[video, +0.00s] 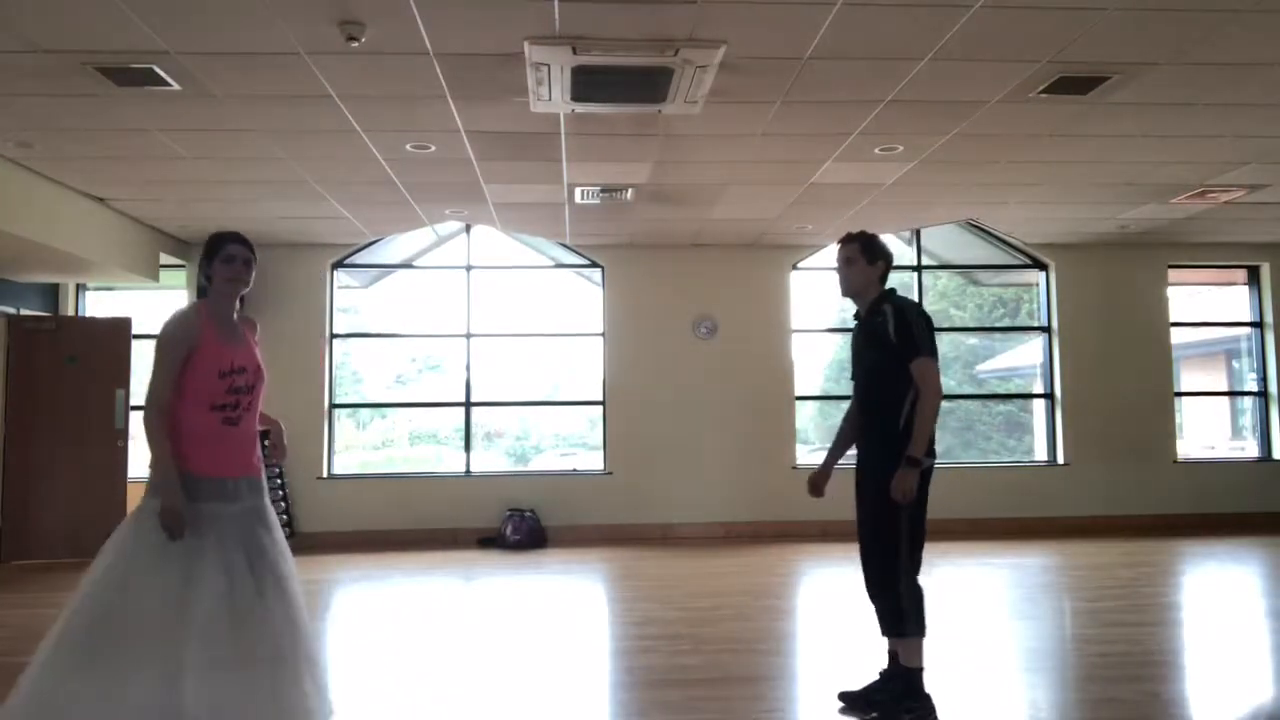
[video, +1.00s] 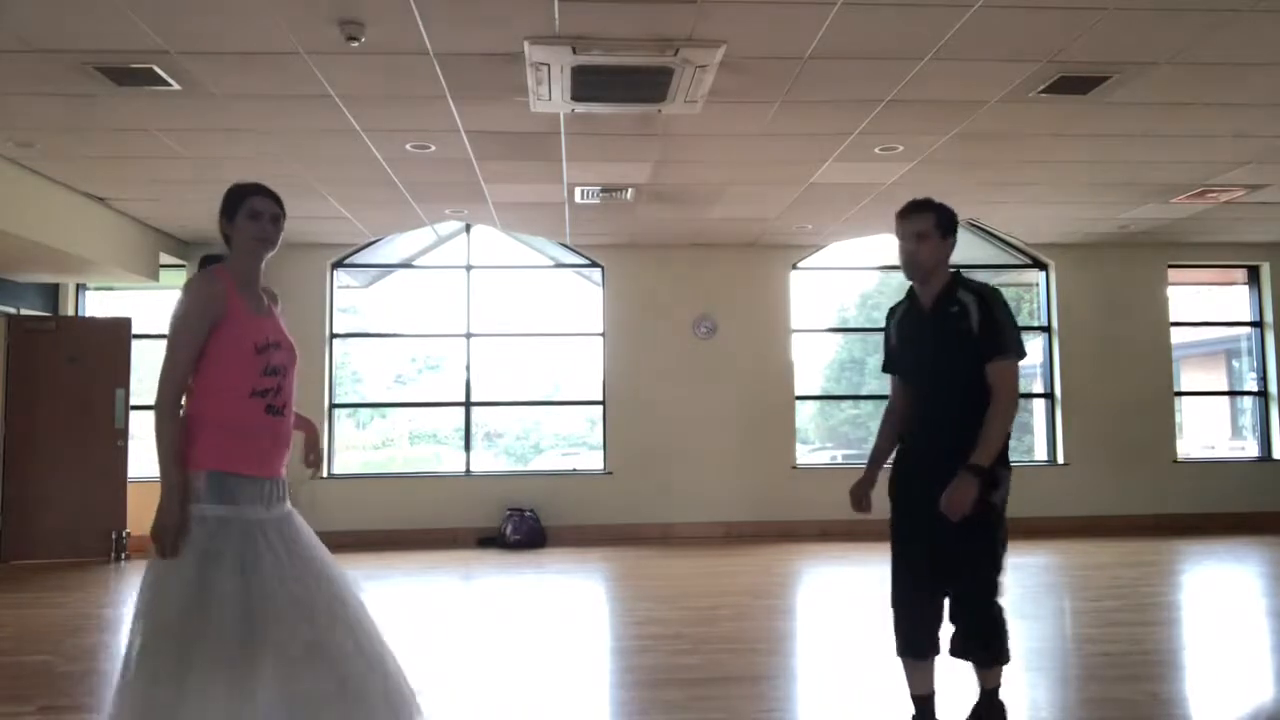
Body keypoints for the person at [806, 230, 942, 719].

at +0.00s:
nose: (840, 273)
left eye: (848, 265)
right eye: (839, 265)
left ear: (876, 267)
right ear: (855, 271)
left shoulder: (904, 313)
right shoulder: (865, 326)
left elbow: (931, 389)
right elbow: (861, 403)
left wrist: (912, 463)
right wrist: (828, 463)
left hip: (903, 462)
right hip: (872, 462)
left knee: (899, 569)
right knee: (878, 570)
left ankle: (912, 686)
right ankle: (896, 674)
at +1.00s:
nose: (907, 249)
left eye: (919, 238)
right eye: (902, 239)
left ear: (947, 243)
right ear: (897, 246)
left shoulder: (983, 304)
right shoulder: (900, 317)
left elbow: (1006, 396)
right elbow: (900, 400)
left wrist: (975, 472)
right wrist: (871, 471)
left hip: (975, 472)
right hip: (916, 471)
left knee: (974, 596)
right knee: (912, 596)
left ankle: (989, 702)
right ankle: (923, 710)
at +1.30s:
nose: (952, 234)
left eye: (964, 223)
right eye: (944, 224)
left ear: (991, 231)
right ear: (935, 234)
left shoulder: (1026, 297)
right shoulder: (941, 309)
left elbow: (1059, 397)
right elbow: (926, 403)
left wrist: (1060, 485)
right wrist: (883, 471)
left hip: (1014, 484)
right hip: (950, 485)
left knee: (1036, 624)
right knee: (927, 611)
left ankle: (1070, 713)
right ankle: (928, 714)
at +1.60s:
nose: (972, 218)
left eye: (985, 206)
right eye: (970, 208)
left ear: (1026, 212)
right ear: (974, 218)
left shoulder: (1071, 278)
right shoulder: (989, 300)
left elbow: (1118, 380)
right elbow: (993, 397)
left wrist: (1100, 479)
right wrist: (959, 477)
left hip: (1061, 482)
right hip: (998, 483)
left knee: (1071, 623)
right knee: (990, 614)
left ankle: (1089, 713)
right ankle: (1019, 714)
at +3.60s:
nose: (997, 212)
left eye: (1011, 203)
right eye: (1001, 202)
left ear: (1050, 213)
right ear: (1039, 215)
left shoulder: (1082, 275)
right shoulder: (1026, 292)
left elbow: (1097, 388)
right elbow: (1019, 397)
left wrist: (1056, 480)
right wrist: (985, 478)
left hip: (1070, 484)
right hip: (1026, 482)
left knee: (1084, 633)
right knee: (1053, 631)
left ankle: (1097, 714)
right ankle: (1069, 713)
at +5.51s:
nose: (984, 212)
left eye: (996, 202)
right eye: (987, 202)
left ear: (1035, 210)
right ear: (1024, 214)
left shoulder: (1076, 274)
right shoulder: (1019, 291)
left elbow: (1097, 389)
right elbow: (1017, 396)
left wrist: (1065, 487)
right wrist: (988, 477)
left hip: (1068, 483)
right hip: (1025, 481)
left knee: (1084, 632)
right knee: (1052, 628)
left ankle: (1098, 715)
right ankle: (1069, 713)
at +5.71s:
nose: (983, 213)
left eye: (995, 203)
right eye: (986, 203)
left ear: (1035, 211)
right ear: (1024, 214)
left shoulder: (1076, 274)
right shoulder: (1018, 291)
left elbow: (1095, 389)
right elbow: (1015, 395)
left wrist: (1064, 487)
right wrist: (986, 477)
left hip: (1069, 483)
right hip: (1025, 481)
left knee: (1085, 630)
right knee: (1051, 627)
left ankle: (1098, 715)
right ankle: (1069, 713)